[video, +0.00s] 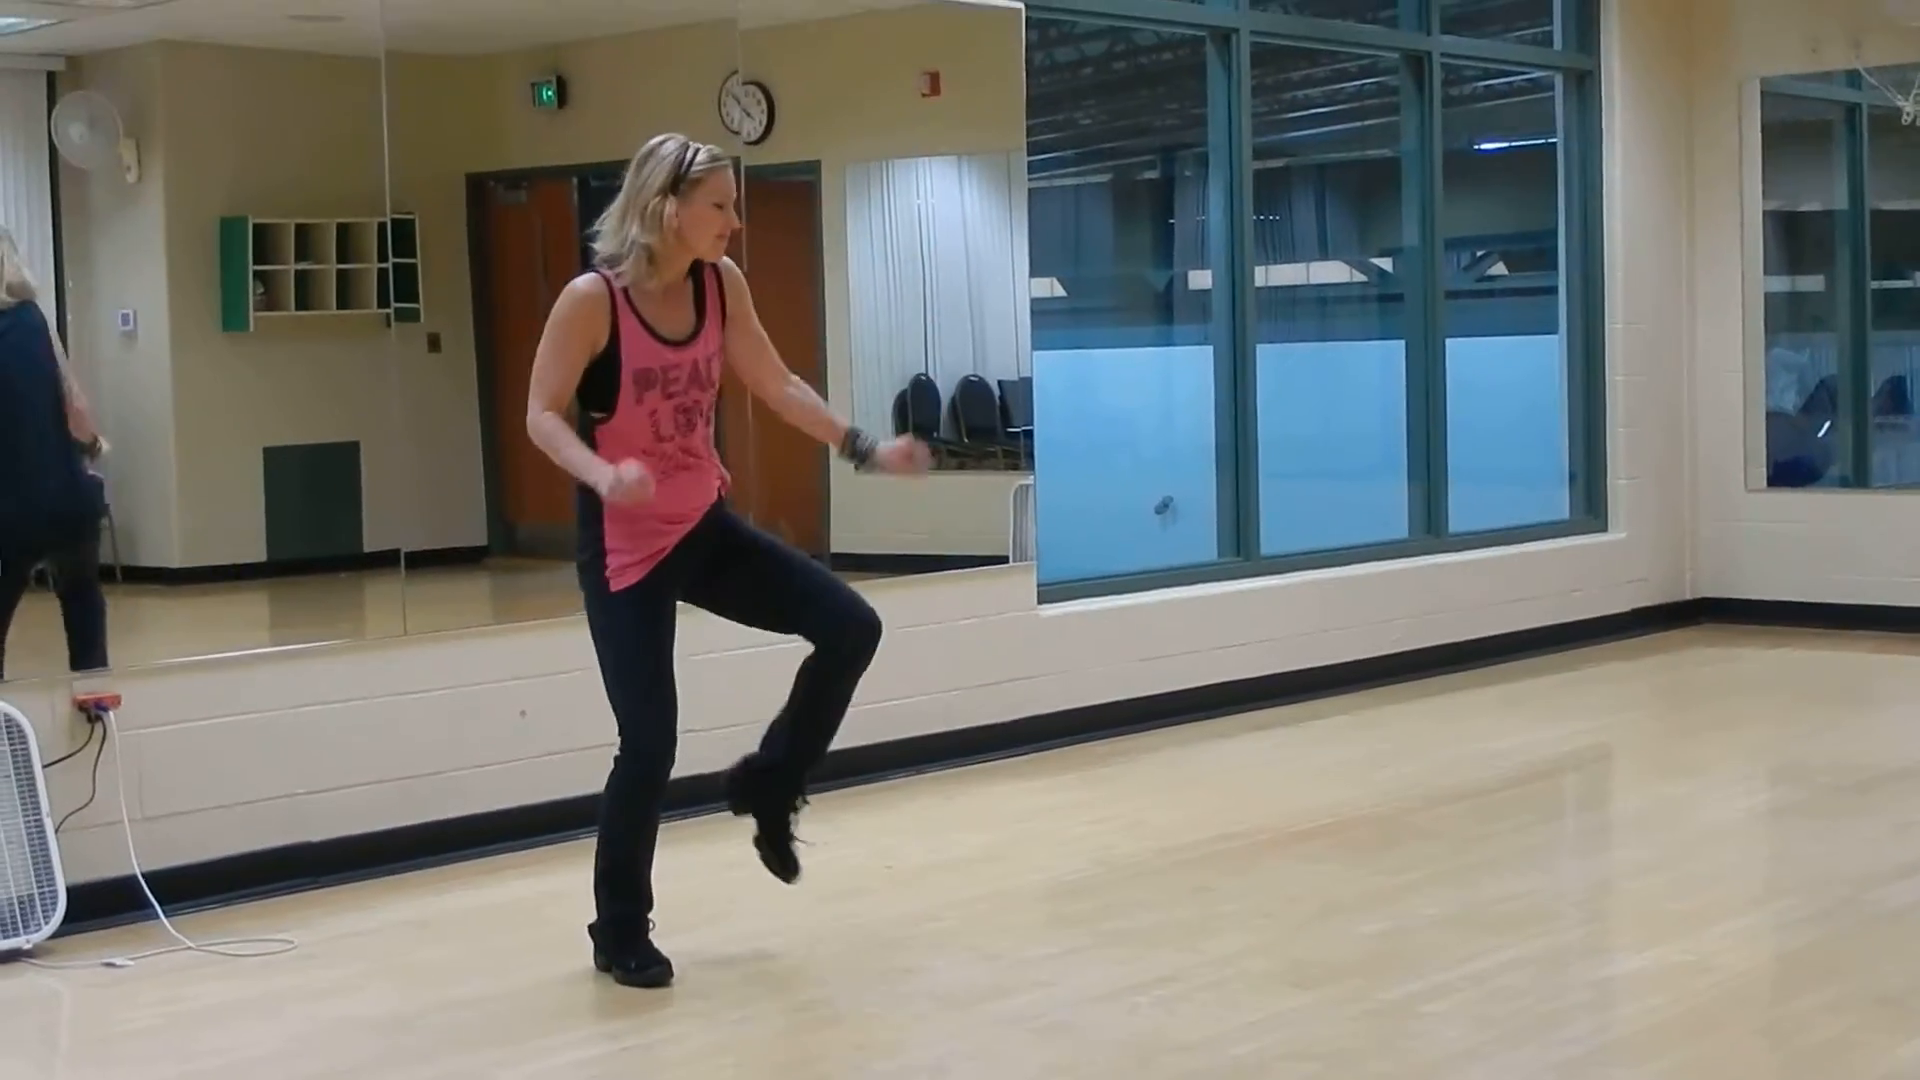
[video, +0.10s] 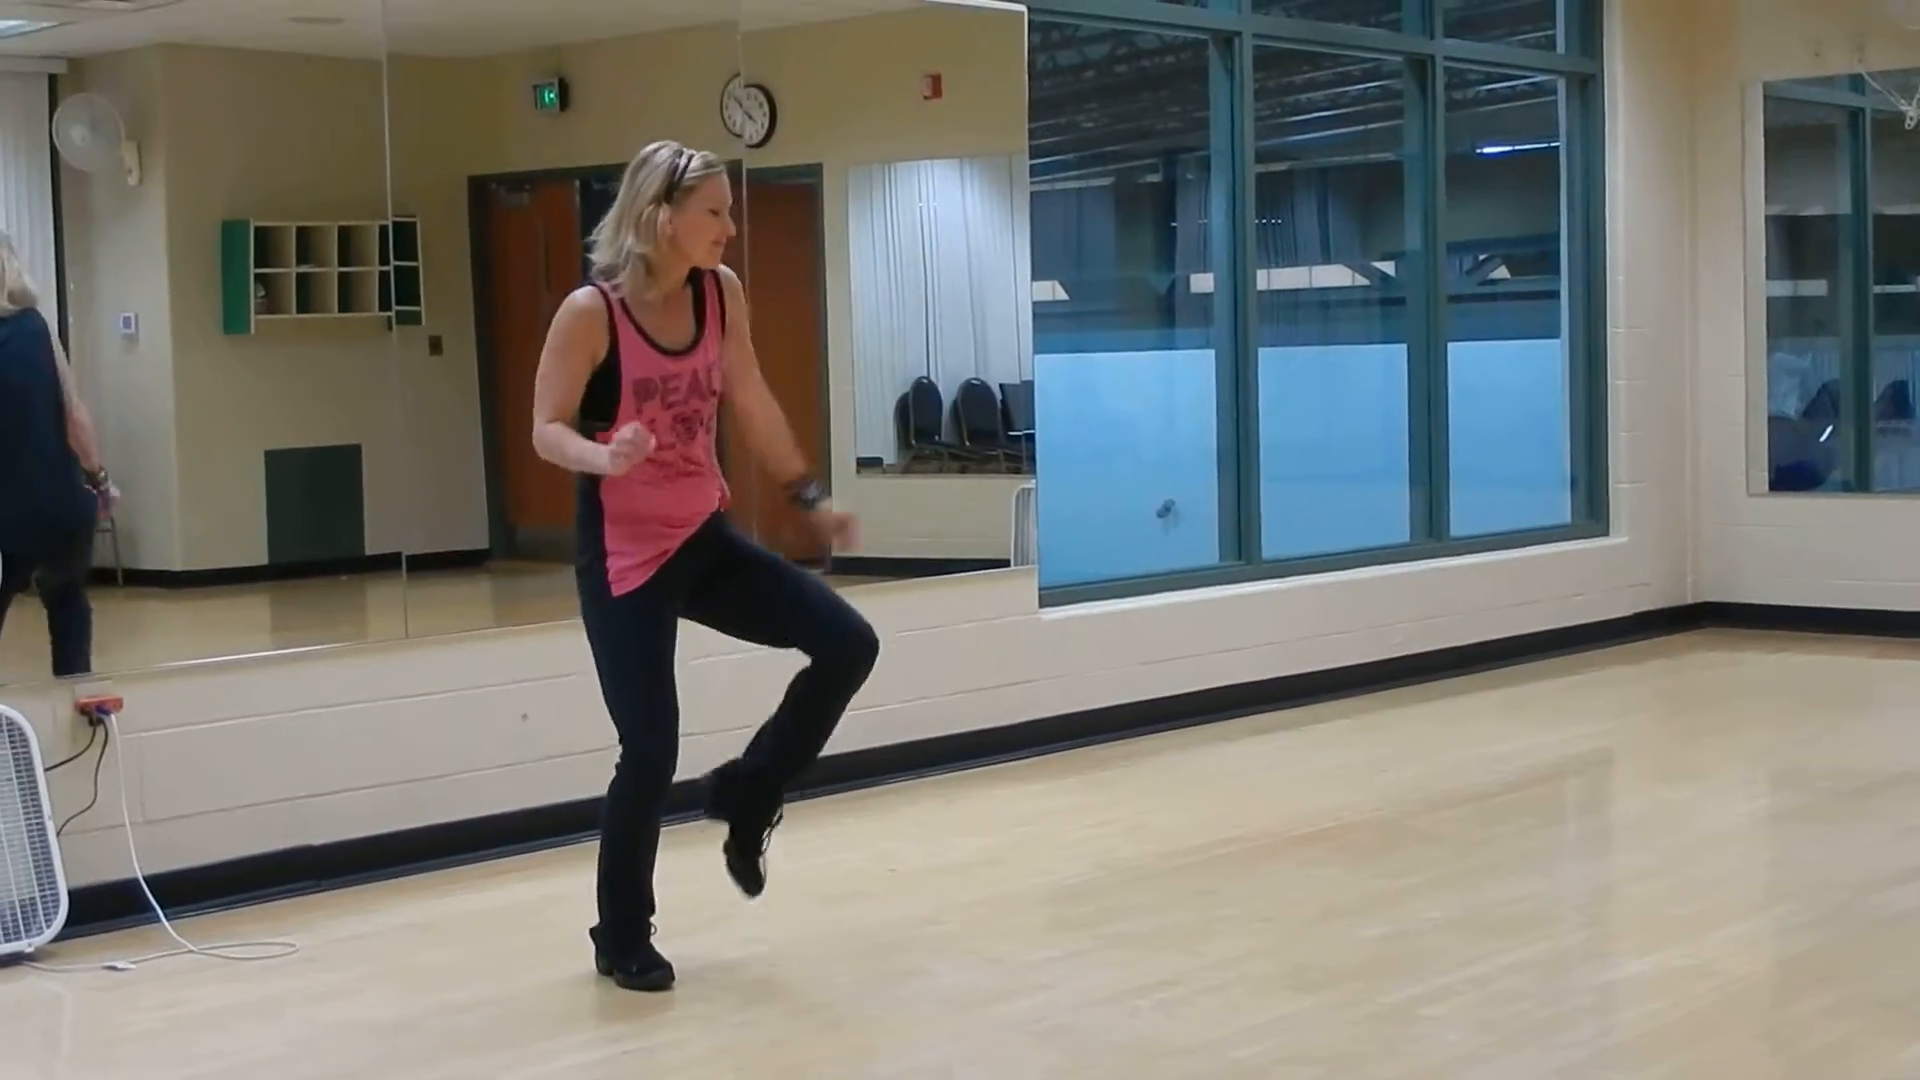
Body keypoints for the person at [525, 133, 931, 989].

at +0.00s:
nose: (730, 222)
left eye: (733, 208)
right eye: (717, 206)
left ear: (719, 215)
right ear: (664, 209)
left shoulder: (721, 285)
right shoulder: (590, 301)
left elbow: (776, 384)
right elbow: (543, 417)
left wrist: (866, 448)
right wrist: (600, 473)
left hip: (703, 528)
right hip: (623, 550)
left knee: (852, 629)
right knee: (649, 742)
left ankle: (772, 780)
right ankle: (620, 932)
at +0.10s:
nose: (726, 229)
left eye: (728, 215)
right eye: (713, 214)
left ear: (715, 222)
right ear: (657, 216)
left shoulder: (721, 294)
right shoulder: (588, 314)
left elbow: (752, 400)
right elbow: (548, 431)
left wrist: (806, 497)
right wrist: (602, 456)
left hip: (704, 542)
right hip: (622, 564)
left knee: (849, 644)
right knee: (650, 753)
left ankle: (751, 788)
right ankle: (622, 937)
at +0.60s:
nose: (806, 198)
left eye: (808, 182)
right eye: (784, 188)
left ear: (813, 198)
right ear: (740, 207)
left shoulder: (803, 282)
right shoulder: (720, 270)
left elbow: (788, 390)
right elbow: (702, 366)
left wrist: (788, 479)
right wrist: (763, 387)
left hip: (757, 536)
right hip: (681, 542)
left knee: (831, 720)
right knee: (641, 741)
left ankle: (904, 881)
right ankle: (620, 936)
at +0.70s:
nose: (837, 204)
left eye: (837, 190)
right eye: (816, 195)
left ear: (840, 205)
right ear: (772, 218)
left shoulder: (837, 296)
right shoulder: (760, 288)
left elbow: (820, 401)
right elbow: (748, 378)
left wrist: (847, 457)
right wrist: (786, 445)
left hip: (790, 555)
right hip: (715, 555)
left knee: (863, 722)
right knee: (660, 736)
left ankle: (910, 890)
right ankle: (616, 927)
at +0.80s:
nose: (872, 205)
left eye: (872, 191)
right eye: (851, 196)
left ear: (874, 208)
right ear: (810, 220)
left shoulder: (867, 296)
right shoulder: (802, 301)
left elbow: (858, 410)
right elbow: (779, 414)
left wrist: (916, 412)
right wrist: (784, 507)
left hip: (828, 548)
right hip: (758, 547)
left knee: (912, 710)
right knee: (700, 731)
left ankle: (925, 891)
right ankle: (625, 913)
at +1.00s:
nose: (919, 201)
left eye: (920, 189)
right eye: (899, 193)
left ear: (924, 208)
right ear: (856, 215)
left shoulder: (929, 296)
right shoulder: (833, 297)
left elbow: (944, 408)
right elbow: (779, 400)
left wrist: (1030, 371)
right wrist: (786, 522)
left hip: (904, 542)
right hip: (835, 550)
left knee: (960, 707)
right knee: (853, 709)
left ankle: (931, 888)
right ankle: (755, 839)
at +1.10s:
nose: (935, 211)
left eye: (935, 198)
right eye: (915, 201)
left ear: (938, 216)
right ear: (871, 220)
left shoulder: (946, 295)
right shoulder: (836, 298)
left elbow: (980, 401)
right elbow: (768, 394)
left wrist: (1070, 413)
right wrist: (799, 499)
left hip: (926, 529)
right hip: (859, 537)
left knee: (969, 705)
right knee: (914, 714)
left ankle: (934, 888)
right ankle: (833, 816)